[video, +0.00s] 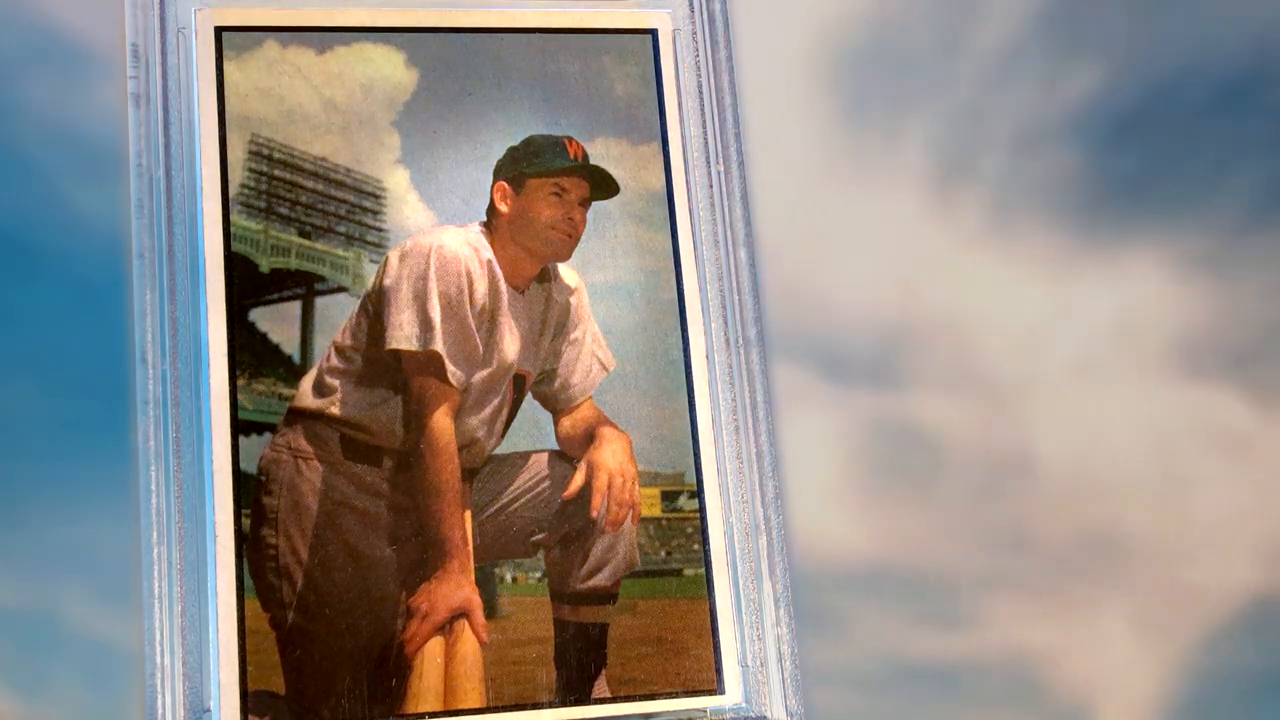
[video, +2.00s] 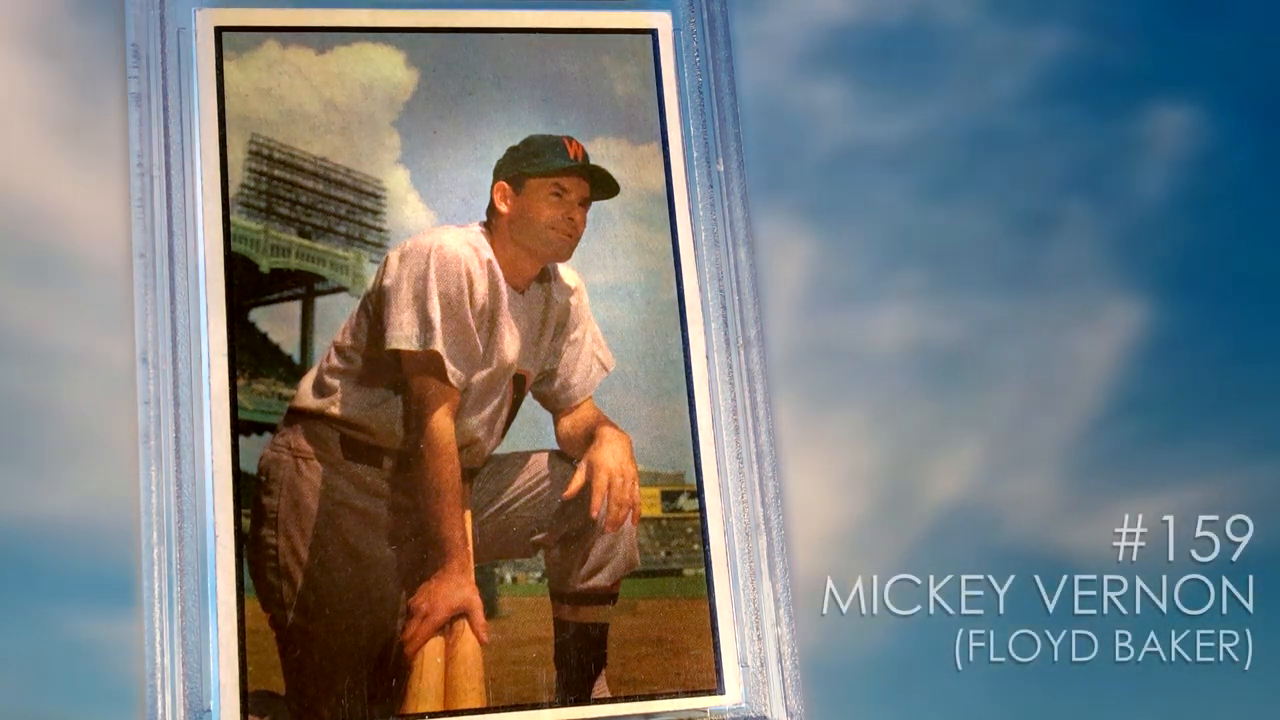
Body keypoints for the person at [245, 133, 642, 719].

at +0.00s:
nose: (576, 215)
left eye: (584, 203)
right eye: (557, 193)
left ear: (587, 217)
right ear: (504, 197)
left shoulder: (560, 295)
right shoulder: (442, 256)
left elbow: (575, 416)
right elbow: (432, 419)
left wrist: (609, 434)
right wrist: (454, 566)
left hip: (439, 486)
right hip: (335, 480)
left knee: (594, 487)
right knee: (346, 704)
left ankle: (580, 696)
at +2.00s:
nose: (576, 215)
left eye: (584, 204)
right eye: (557, 194)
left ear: (587, 217)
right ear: (505, 198)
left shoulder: (560, 295)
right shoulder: (441, 256)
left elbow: (575, 417)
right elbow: (432, 420)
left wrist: (609, 434)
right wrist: (454, 565)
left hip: (441, 486)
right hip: (335, 479)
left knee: (594, 487)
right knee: (347, 700)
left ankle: (581, 698)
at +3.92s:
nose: (577, 215)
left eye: (584, 203)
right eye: (559, 193)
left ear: (587, 217)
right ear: (505, 197)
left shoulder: (559, 295)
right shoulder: (443, 257)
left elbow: (575, 416)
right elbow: (432, 421)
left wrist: (610, 435)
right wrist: (454, 566)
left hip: (439, 486)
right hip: (334, 479)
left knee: (595, 488)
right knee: (349, 704)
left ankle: (580, 696)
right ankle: (238, 706)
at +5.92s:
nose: (576, 216)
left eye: (584, 204)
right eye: (557, 194)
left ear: (586, 217)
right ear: (505, 197)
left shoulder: (560, 296)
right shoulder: (441, 257)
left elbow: (575, 415)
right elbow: (432, 420)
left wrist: (609, 435)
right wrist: (454, 566)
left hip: (439, 485)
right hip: (334, 477)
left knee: (595, 488)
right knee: (349, 700)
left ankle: (580, 695)